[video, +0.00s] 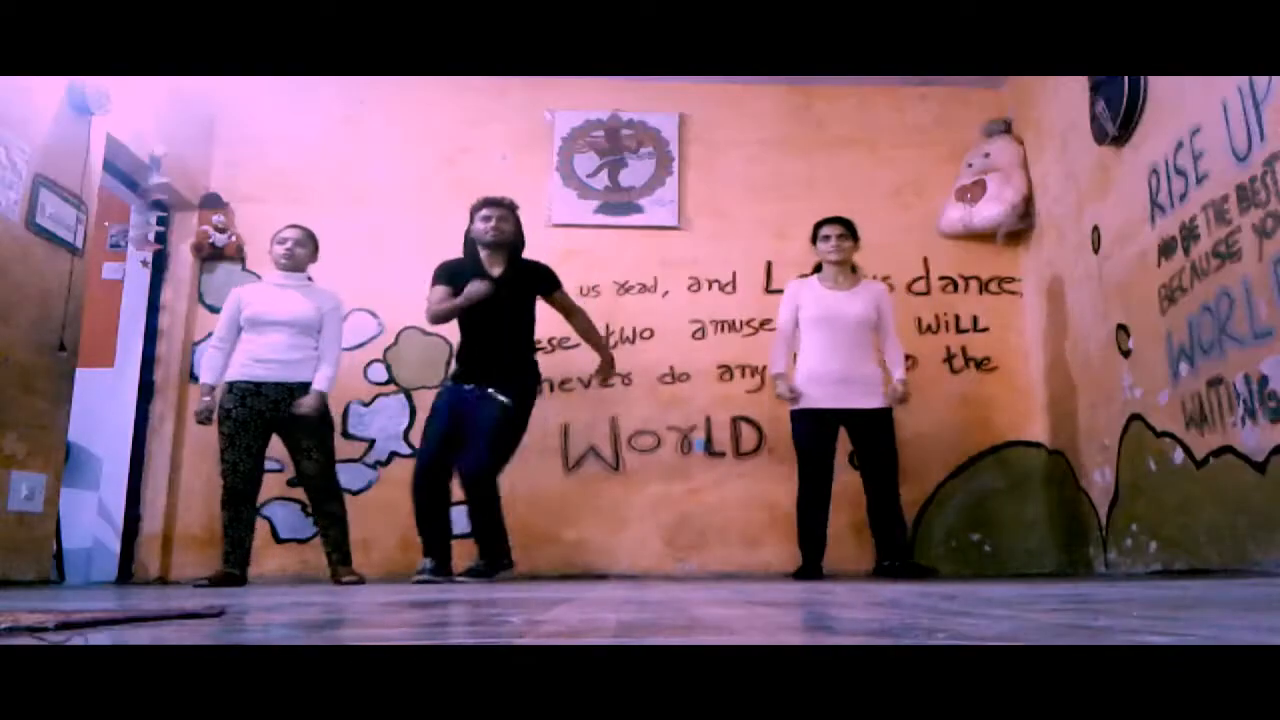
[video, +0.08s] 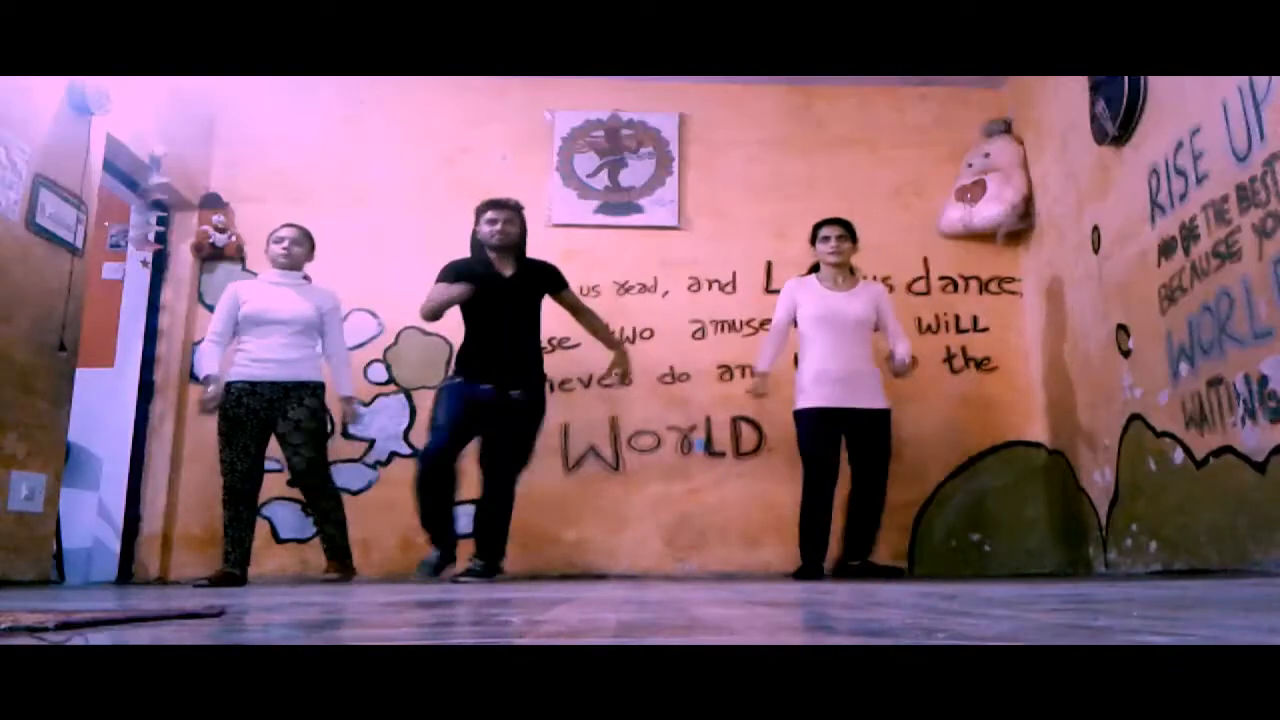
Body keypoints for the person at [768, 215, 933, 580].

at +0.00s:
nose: (834, 244)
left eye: (842, 238)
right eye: (827, 239)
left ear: (854, 246)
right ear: (815, 248)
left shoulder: (875, 291)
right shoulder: (798, 290)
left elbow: (889, 339)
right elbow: (783, 336)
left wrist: (899, 375)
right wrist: (780, 375)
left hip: (868, 403)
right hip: (813, 403)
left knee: (883, 486)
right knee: (813, 487)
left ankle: (892, 560)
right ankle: (811, 563)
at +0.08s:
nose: (834, 245)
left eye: (842, 239)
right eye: (825, 240)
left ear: (854, 247)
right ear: (814, 249)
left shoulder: (874, 292)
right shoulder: (797, 289)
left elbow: (896, 333)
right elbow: (777, 333)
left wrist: (902, 358)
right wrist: (761, 371)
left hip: (867, 402)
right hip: (816, 402)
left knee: (871, 483)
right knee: (819, 483)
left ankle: (855, 559)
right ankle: (811, 563)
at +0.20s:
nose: (879, 227)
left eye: (888, 220)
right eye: (869, 221)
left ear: (901, 230)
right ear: (854, 231)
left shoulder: (922, 283)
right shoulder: (833, 278)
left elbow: (957, 334)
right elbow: (798, 329)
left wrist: (938, 303)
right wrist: (762, 371)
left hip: (910, 405)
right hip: (860, 401)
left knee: (908, 500)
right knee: (897, 491)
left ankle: (884, 595)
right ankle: (853, 587)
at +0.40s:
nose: (892, 226)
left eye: (900, 219)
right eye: (881, 220)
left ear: (912, 230)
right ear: (865, 230)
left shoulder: (932, 277)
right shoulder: (843, 279)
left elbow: (977, 312)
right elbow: (801, 325)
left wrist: (976, 275)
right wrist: (765, 360)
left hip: (919, 404)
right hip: (868, 401)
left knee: (918, 499)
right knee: (911, 494)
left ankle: (895, 595)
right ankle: (918, 596)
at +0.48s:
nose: (893, 226)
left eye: (901, 220)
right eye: (882, 220)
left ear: (913, 230)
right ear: (865, 231)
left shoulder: (938, 280)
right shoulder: (846, 281)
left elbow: (996, 313)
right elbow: (813, 335)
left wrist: (1039, 301)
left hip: (932, 406)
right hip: (869, 407)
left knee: (931, 504)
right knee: (887, 504)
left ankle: (899, 594)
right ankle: (908, 599)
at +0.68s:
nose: (911, 225)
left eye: (919, 218)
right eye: (900, 218)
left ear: (929, 227)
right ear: (883, 227)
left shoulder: (945, 280)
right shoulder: (868, 274)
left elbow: (984, 323)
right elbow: (829, 321)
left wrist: (1030, 316)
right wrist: (855, 281)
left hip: (950, 406)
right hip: (892, 405)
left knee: (945, 508)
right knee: (911, 503)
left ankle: (924, 600)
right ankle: (911, 602)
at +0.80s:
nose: (925, 225)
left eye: (932, 219)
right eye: (914, 219)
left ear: (942, 228)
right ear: (896, 228)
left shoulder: (956, 284)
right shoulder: (876, 274)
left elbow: (1009, 323)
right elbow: (820, 320)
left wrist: (1026, 290)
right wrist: (799, 307)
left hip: (940, 402)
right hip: (902, 400)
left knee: (941, 494)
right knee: (969, 485)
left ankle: (907, 593)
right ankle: (958, 590)